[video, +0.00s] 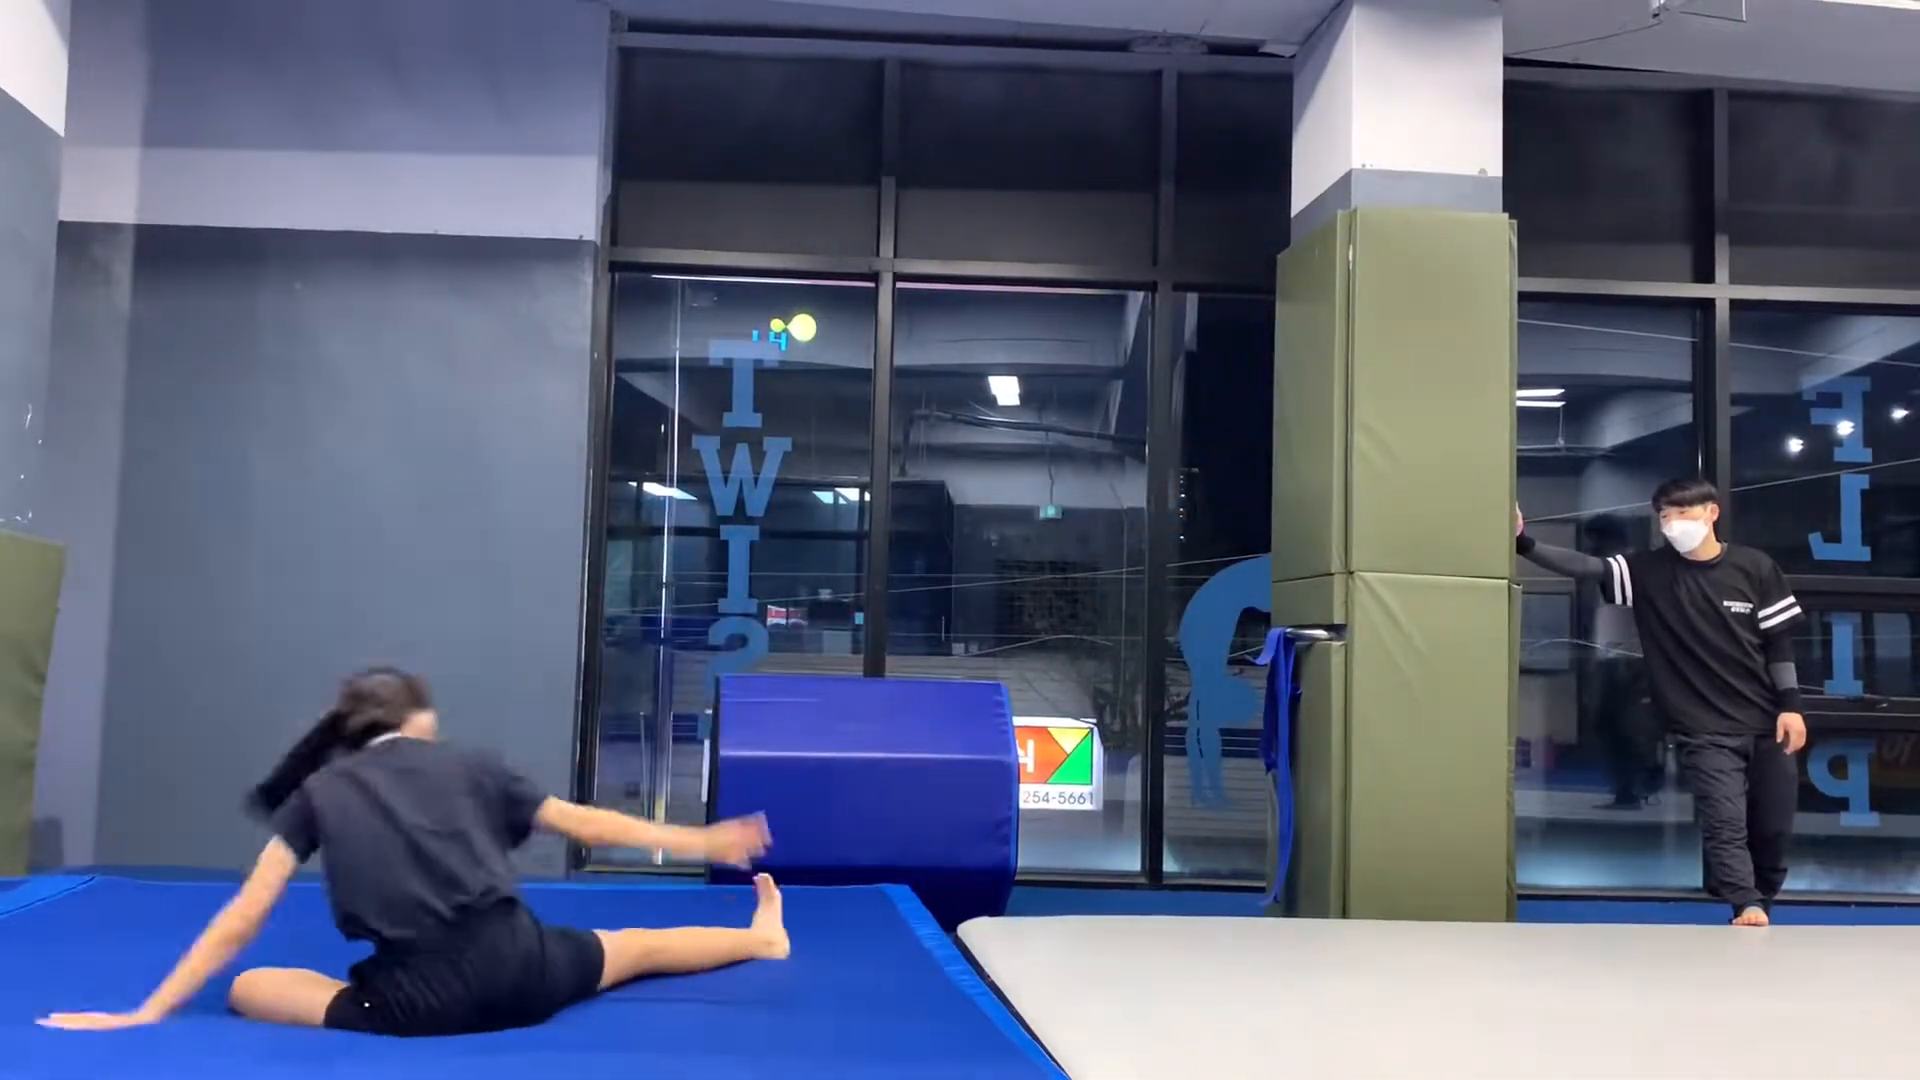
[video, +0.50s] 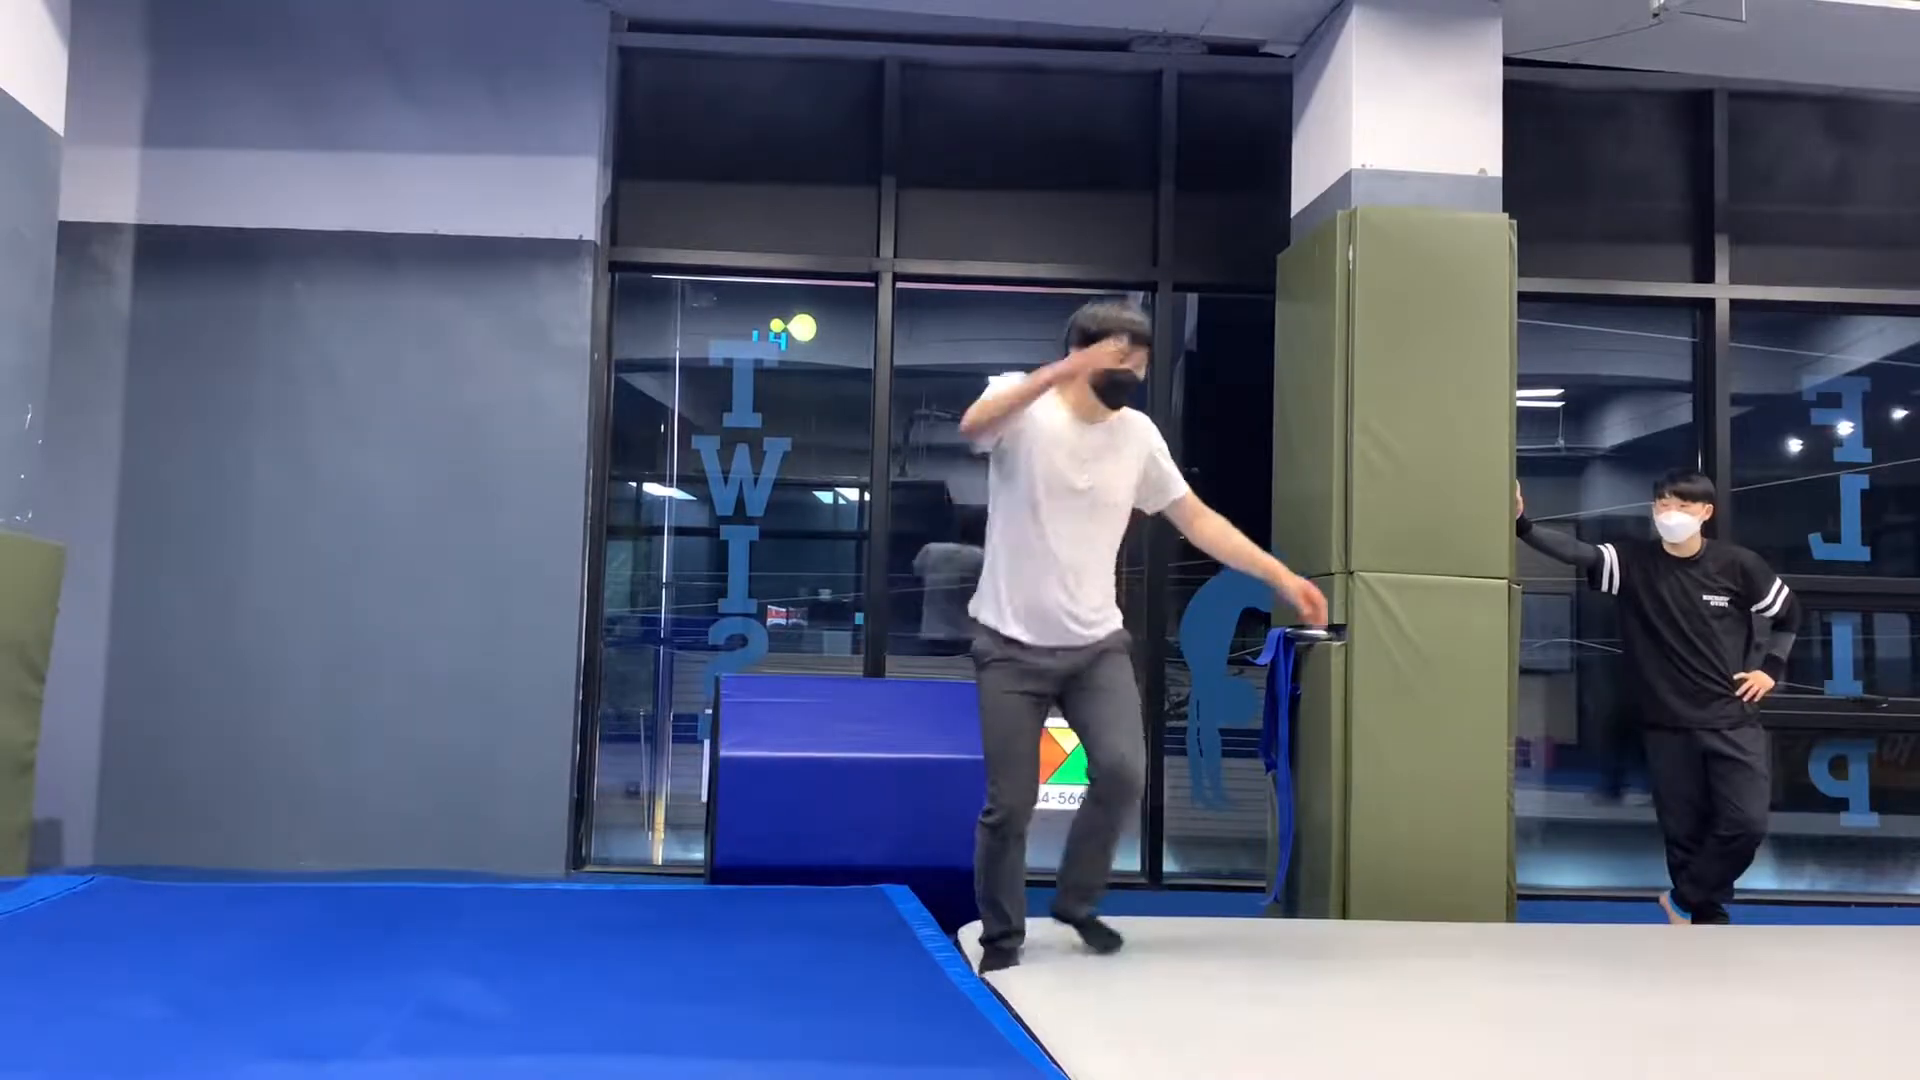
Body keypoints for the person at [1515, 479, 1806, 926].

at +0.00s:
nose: (1671, 523)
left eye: (1682, 513)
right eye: (1665, 515)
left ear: (1711, 513)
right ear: (1659, 521)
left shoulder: (1755, 568)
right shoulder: (1649, 569)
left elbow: (1780, 643)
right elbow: (1588, 567)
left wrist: (1790, 706)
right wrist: (1525, 543)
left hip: (1765, 722)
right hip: (1703, 725)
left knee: (1775, 826)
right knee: (1725, 817)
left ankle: (1760, 897)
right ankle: (1746, 906)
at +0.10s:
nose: (1671, 523)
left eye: (1683, 512)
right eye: (1665, 515)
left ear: (1711, 513)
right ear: (1659, 520)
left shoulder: (1755, 568)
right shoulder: (1649, 568)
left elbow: (1778, 643)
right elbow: (1588, 566)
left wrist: (1789, 705)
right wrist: (1525, 543)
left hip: (1765, 721)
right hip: (1704, 724)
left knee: (1775, 826)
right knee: (1724, 816)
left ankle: (1760, 898)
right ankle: (1746, 906)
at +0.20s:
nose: (1683, 509)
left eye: (1693, 503)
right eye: (1673, 502)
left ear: (1709, 514)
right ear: (1657, 511)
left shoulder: (1739, 566)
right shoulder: (1635, 561)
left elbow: (1786, 613)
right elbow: (1579, 552)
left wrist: (1770, 669)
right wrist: (1524, 526)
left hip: (1732, 716)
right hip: (1667, 719)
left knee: (1747, 823)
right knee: (1682, 829)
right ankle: (1712, 925)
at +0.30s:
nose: (1675, 507)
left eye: (1689, 501)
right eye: (1667, 500)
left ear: (1708, 512)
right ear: (1655, 510)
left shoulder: (1738, 565)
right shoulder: (1635, 561)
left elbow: (1788, 614)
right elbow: (1579, 552)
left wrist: (1770, 669)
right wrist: (1524, 527)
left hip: (1732, 716)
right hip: (1666, 719)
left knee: (1747, 823)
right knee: (1682, 829)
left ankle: (1684, 900)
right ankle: (1712, 925)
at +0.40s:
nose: (1669, 510)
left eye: (1682, 504)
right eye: (1664, 501)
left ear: (1706, 512)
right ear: (1654, 508)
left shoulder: (1738, 565)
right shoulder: (1634, 562)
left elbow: (1788, 615)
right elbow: (1577, 550)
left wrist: (1770, 669)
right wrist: (1524, 526)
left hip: (1731, 717)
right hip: (1667, 721)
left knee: (1747, 823)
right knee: (1682, 830)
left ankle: (1683, 901)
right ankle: (1713, 927)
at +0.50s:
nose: (1667, 509)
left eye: (1680, 503)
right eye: (1663, 501)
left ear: (1705, 512)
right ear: (1654, 507)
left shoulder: (1738, 565)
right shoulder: (1634, 560)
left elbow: (1788, 615)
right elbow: (1577, 550)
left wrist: (1770, 669)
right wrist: (1524, 526)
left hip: (1731, 717)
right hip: (1667, 720)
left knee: (1747, 823)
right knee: (1682, 830)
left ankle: (1683, 900)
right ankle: (1713, 927)